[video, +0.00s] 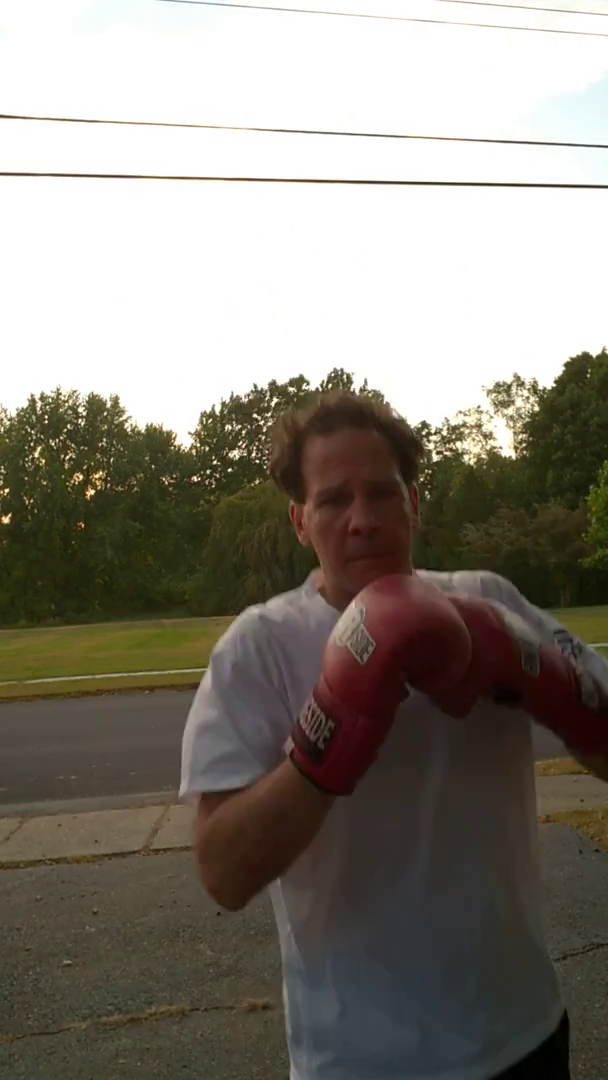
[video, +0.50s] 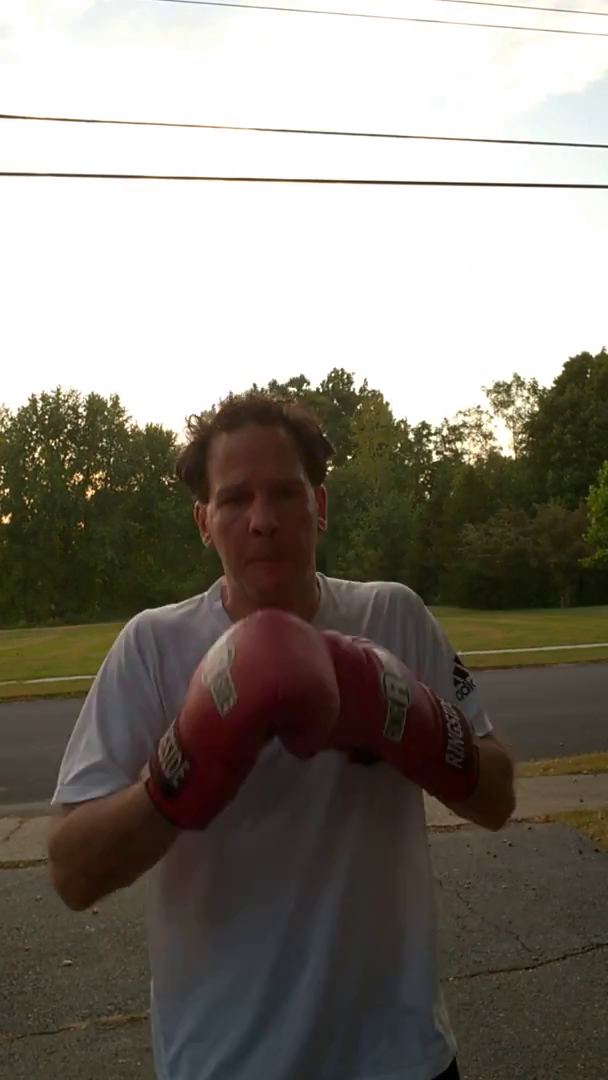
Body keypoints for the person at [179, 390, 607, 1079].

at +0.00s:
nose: (363, 520)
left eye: (382, 493)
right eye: (335, 500)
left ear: (414, 502)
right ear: (300, 522)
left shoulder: (489, 604)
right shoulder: (258, 647)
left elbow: (602, 736)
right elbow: (225, 874)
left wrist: (525, 669)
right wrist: (340, 719)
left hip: (514, 1018)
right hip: (355, 1042)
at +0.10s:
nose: (365, 528)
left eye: (383, 501)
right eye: (338, 509)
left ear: (416, 513)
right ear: (306, 533)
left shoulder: (485, 619)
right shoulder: (262, 663)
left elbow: (595, 788)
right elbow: (220, 891)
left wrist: (515, 715)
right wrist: (326, 775)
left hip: (512, 1025)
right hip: (354, 1044)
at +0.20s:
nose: (341, 481)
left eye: (360, 455)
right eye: (314, 462)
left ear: (391, 468)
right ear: (282, 484)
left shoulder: (461, 567)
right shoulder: (234, 612)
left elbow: (588, 724)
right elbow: (195, 831)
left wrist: (486, 638)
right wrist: (293, 713)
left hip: (487, 985)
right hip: (325, 1015)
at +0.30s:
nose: (310, 481)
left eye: (331, 457)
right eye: (284, 462)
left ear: (365, 468)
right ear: (251, 481)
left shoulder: (430, 560)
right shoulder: (209, 592)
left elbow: (587, 706)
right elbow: (144, 803)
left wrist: (450, 602)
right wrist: (250, 634)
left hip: (445, 987)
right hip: (280, 1010)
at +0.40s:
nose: (284, 519)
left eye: (305, 496)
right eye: (259, 501)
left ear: (339, 509)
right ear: (227, 519)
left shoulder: (403, 610)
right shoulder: (182, 638)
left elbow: (555, 773)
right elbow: (97, 835)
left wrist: (442, 659)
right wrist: (217, 664)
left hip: (411, 1036)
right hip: (247, 1046)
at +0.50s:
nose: (263, 520)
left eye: (284, 494)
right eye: (238, 498)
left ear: (320, 508)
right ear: (205, 522)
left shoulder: (393, 617)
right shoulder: (152, 646)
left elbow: (495, 801)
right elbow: (76, 876)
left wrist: (394, 719)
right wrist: (196, 761)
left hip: (390, 1042)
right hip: (218, 1053)